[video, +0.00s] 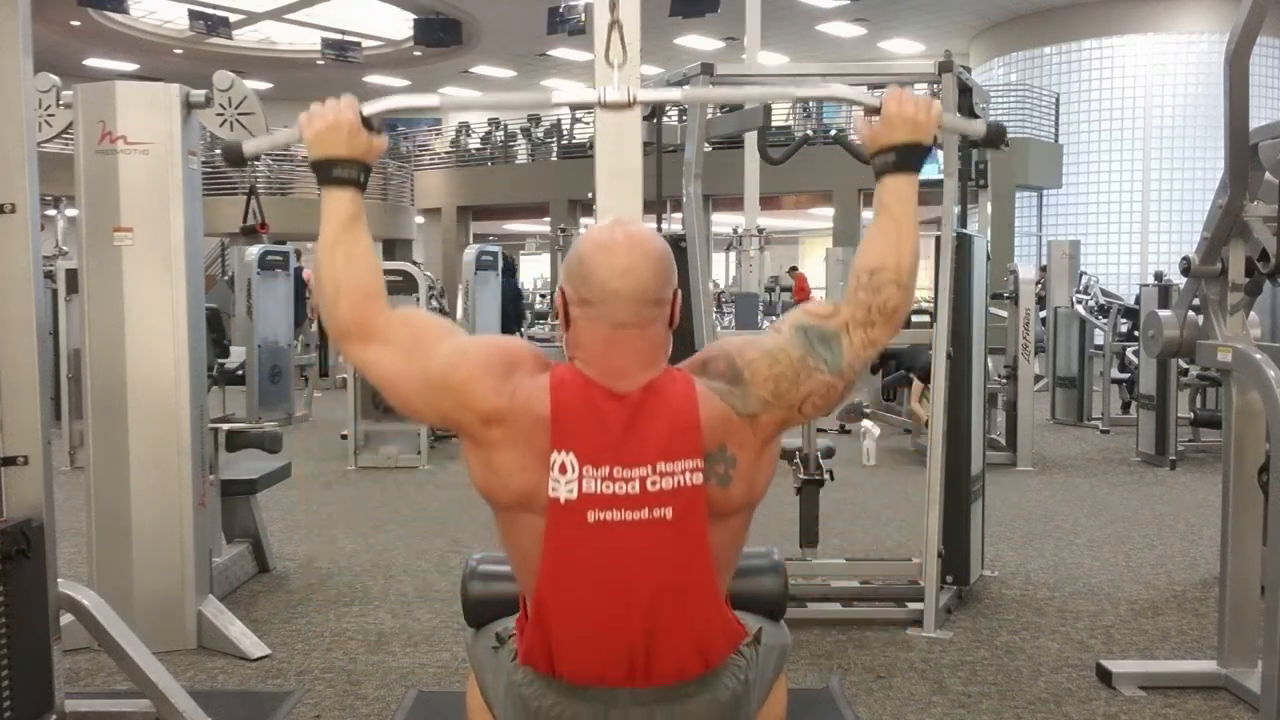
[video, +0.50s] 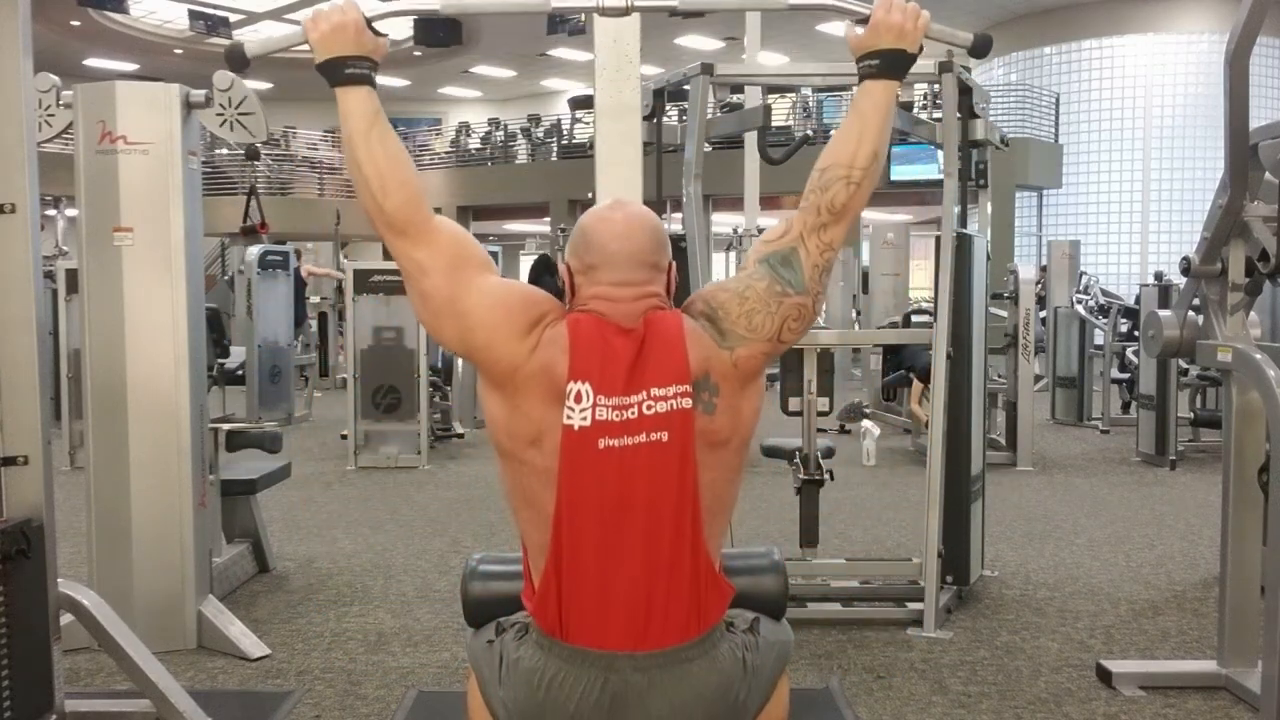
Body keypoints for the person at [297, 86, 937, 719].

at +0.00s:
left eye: (565, 286)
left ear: (564, 311)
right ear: (672, 312)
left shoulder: (498, 388)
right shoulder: (744, 391)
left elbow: (356, 321)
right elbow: (873, 314)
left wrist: (339, 178)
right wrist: (901, 167)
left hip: (553, 693)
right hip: (707, 688)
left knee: (492, 646)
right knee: (768, 647)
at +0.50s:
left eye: (570, 264)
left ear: (568, 280)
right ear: (671, 281)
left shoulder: (515, 339)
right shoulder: (728, 343)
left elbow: (405, 222)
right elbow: (827, 214)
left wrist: (348, 70)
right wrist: (885, 67)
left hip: (556, 682)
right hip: (697, 681)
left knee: (488, 667)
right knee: (769, 646)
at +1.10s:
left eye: (573, 279)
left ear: (572, 300)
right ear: (681, 297)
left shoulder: (508, 370)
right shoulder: (747, 368)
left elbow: (366, 289)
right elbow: (875, 293)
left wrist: (337, 142)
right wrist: (905, 139)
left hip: (556, 693)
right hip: (701, 690)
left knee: (489, 659)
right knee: (768, 648)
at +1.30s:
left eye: (568, 319)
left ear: (568, 342)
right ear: (683, 340)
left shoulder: (500, 430)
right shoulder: (756, 429)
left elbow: (344, 383)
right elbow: (902, 388)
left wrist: (326, 237)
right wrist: (917, 237)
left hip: (549, 693)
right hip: (703, 691)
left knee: (491, 630)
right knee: (769, 645)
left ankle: (484, 708)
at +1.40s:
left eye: (568, 338)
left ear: (566, 362)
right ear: (686, 366)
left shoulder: (494, 462)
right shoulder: (759, 464)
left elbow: (333, 436)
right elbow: (910, 434)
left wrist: (323, 288)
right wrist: (919, 296)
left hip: (543, 695)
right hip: (704, 695)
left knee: (489, 599)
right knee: (768, 639)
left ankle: (481, 707)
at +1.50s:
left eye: (567, 360)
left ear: (565, 379)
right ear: (688, 381)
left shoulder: (492, 490)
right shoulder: (758, 489)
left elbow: (330, 494)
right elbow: (906, 496)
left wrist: (322, 348)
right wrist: (915, 350)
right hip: (711, 694)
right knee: (769, 625)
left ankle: (486, 703)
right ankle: (777, 707)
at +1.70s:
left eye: (561, 377)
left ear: (564, 398)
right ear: (688, 400)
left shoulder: (486, 522)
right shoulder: (761, 523)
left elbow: (340, 592)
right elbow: (887, 588)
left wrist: (320, 441)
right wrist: (906, 442)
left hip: (533, 706)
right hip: (700, 706)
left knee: (488, 654)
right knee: (769, 624)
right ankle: (778, 703)